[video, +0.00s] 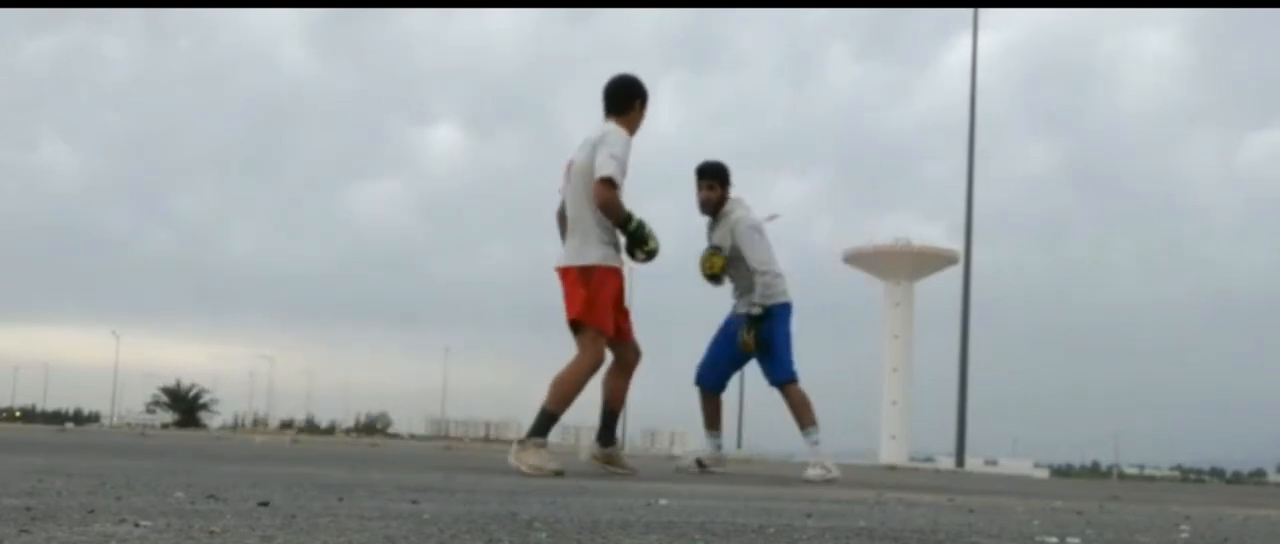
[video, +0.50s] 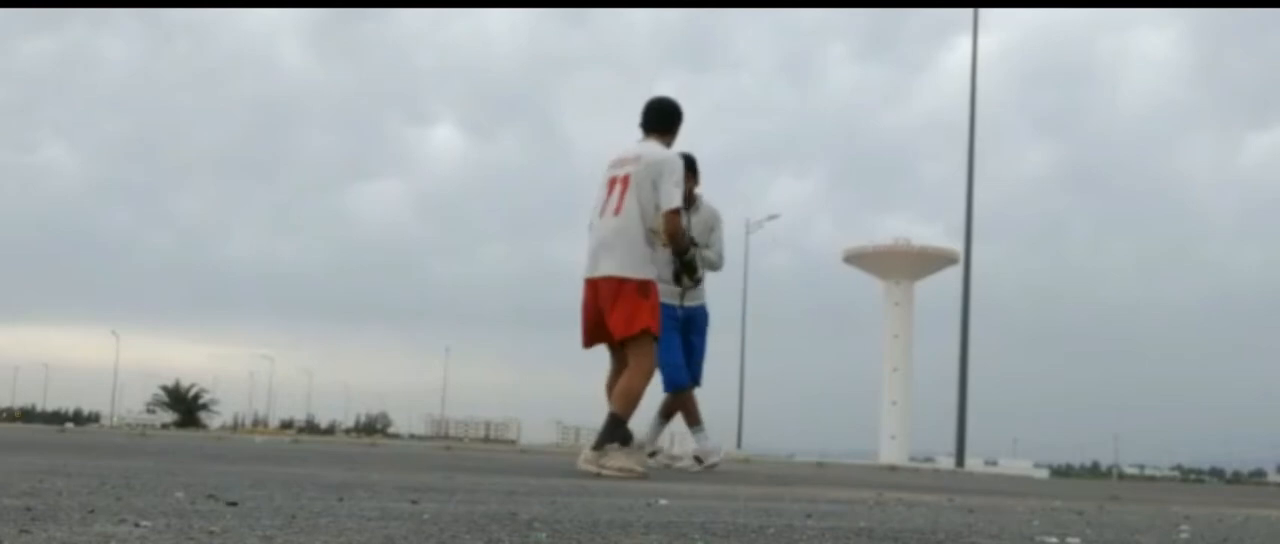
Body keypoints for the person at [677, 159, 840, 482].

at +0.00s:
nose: (701, 197)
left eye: (707, 190)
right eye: (699, 190)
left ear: (722, 190)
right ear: (700, 191)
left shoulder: (742, 221)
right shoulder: (717, 223)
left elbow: (767, 272)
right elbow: (718, 266)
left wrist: (754, 315)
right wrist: (713, 267)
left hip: (770, 307)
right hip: (743, 307)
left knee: (784, 379)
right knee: (708, 378)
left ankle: (819, 457)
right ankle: (713, 452)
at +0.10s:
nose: (693, 188)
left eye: (700, 181)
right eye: (689, 181)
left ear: (713, 183)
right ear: (684, 184)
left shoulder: (735, 213)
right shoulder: (692, 222)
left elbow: (766, 255)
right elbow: (689, 273)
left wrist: (751, 295)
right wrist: (695, 275)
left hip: (753, 303)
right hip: (722, 307)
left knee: (768, 375)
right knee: (700, 381)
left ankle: (793, 453)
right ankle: (713, 451)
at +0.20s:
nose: (687, 180)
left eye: (694, 173)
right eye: (683, 173)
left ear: (707, 175)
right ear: (678, 176)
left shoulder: (732, 205)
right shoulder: (676, 217)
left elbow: (766, 242)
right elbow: (665, 255)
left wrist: (739, 268)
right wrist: (670, 283)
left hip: (739, 300)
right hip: (703, 303)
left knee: (745, 370)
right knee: (697, 378)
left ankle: (758, 451)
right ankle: (712, 449)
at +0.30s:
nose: (688, 178)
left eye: (694, 171)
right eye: (683, 171)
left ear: (704, 172)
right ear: (675, 174)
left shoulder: (727, 204)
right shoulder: (670, 210)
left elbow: (754, 244)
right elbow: (651, 254)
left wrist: (718, 256)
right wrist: (653, 293)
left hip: (724, 299)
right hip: (688, 301)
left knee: (725, 372)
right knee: (695, 378)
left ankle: (714, 440)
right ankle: (710, 445)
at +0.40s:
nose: (688, 181)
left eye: (693, 174)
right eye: (683, 174)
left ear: (702, 177)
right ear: (673, 177)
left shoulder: (718, 209)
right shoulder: (664, 210)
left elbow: (736, 252)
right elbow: (647, 241)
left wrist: (710, 251)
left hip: (711, 300)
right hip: (676, 300)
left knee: (710, 376)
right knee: (690, 378)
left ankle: (680, 431)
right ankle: (709, 443)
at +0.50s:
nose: (683, 185)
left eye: (687, 178)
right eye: (677, 179)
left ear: (695, 180)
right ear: (667, 181)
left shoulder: (707, 213)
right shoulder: (655, 211)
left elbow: (717, 260)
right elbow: (646, 248)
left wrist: (690, 246)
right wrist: (667, 240)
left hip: (694, 302)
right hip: (663, 300)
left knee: (688, 380)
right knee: (676, 377)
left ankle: (651, 438)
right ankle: (702, 442)